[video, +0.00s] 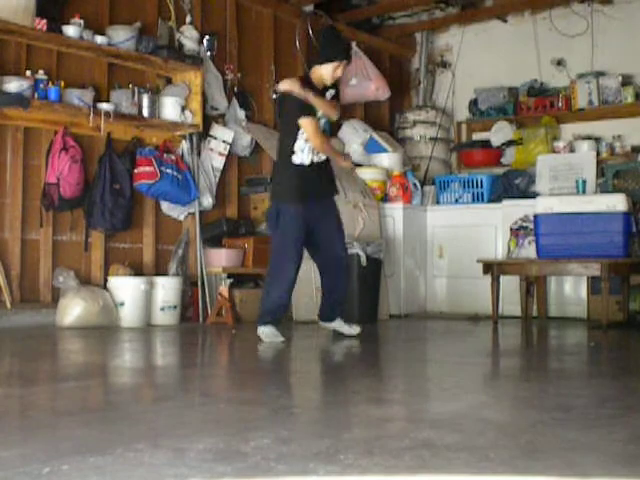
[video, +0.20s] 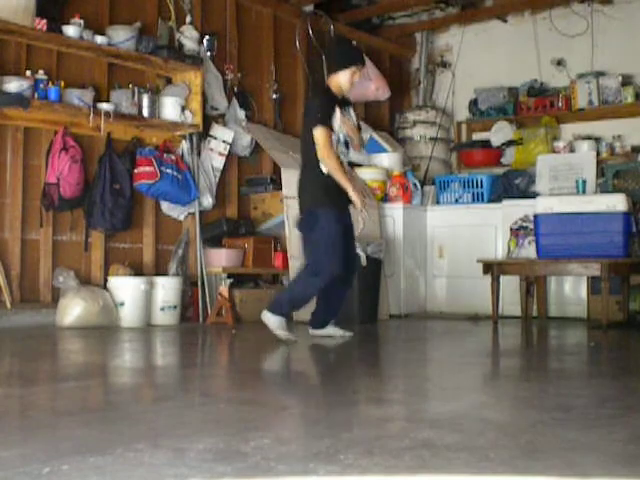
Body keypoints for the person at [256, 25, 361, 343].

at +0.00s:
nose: (341, 71)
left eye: (343, 66)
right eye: (340, 65)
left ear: (333, 64)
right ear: (326, 62)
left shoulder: (327, 90)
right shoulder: (295, 92)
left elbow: (335, 114)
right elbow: (314, 138)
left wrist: (303, 93)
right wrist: (338, 157)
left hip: (320, 191)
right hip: (290, 193)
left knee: (334, 257)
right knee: (285, 261)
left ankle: (329, 316)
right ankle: (267, 322)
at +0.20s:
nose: (356, 79)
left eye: (357, 74)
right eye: (356, 73)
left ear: (340, 71)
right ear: (346, 70)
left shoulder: (339, 104)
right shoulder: (322, 102)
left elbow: (357, 146)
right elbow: (324, 153)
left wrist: (350, 129)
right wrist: (352, 189)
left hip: (335, 195)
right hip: (319, 195)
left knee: (346, 264)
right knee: (327, 264)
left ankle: (322, 323)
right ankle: (277, 311)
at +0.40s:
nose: (376, 68)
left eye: (377, 62)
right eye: (374, 61)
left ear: (361, 61)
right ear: (359, 60)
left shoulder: (354, 95)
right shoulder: (339, 88)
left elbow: (340, 137)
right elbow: (315, 127)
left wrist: (352, 170)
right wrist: (339, 168)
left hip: (336, 177)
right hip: (330, 177)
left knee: (339, 248)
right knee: (358, 248)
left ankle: (323, 313)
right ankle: (338, 315)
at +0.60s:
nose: (384, 74)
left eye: (384, 68)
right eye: (381, 68)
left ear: (365, 67)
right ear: (368, 66)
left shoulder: (357, 96)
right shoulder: (352, 92)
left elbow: (347, 141)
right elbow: (325, 127)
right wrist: (347, 172)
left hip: (335, 195)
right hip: (348, 193)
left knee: (349, 259)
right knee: (373, 258)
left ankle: (312, 317)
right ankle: (373, 329)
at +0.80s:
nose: (380, 68)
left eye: (381, 62)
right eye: (376, 61)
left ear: (367, 63)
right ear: (360, 60)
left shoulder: (360, 97)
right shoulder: (343, 86)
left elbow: (354, 141)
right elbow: (326, 126)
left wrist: (367, 173)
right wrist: (359, 157)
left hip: (343, 182)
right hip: (330, 182)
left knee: (349, 254)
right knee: (349, 254)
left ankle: (326, 320)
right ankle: (335, 322)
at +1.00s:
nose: (367, 59)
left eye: (368, 52)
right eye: (363, 52)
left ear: (364, 53)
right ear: (346, 51)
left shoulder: (357, 92)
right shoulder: (325, 78)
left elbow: (348, 137)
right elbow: (301, 119)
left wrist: (351, 166)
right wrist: (334, 157)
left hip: (342, 179)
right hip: (318, 175)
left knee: (349, 249)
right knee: (333, 235)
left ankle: (323, 323)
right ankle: (271, 266)